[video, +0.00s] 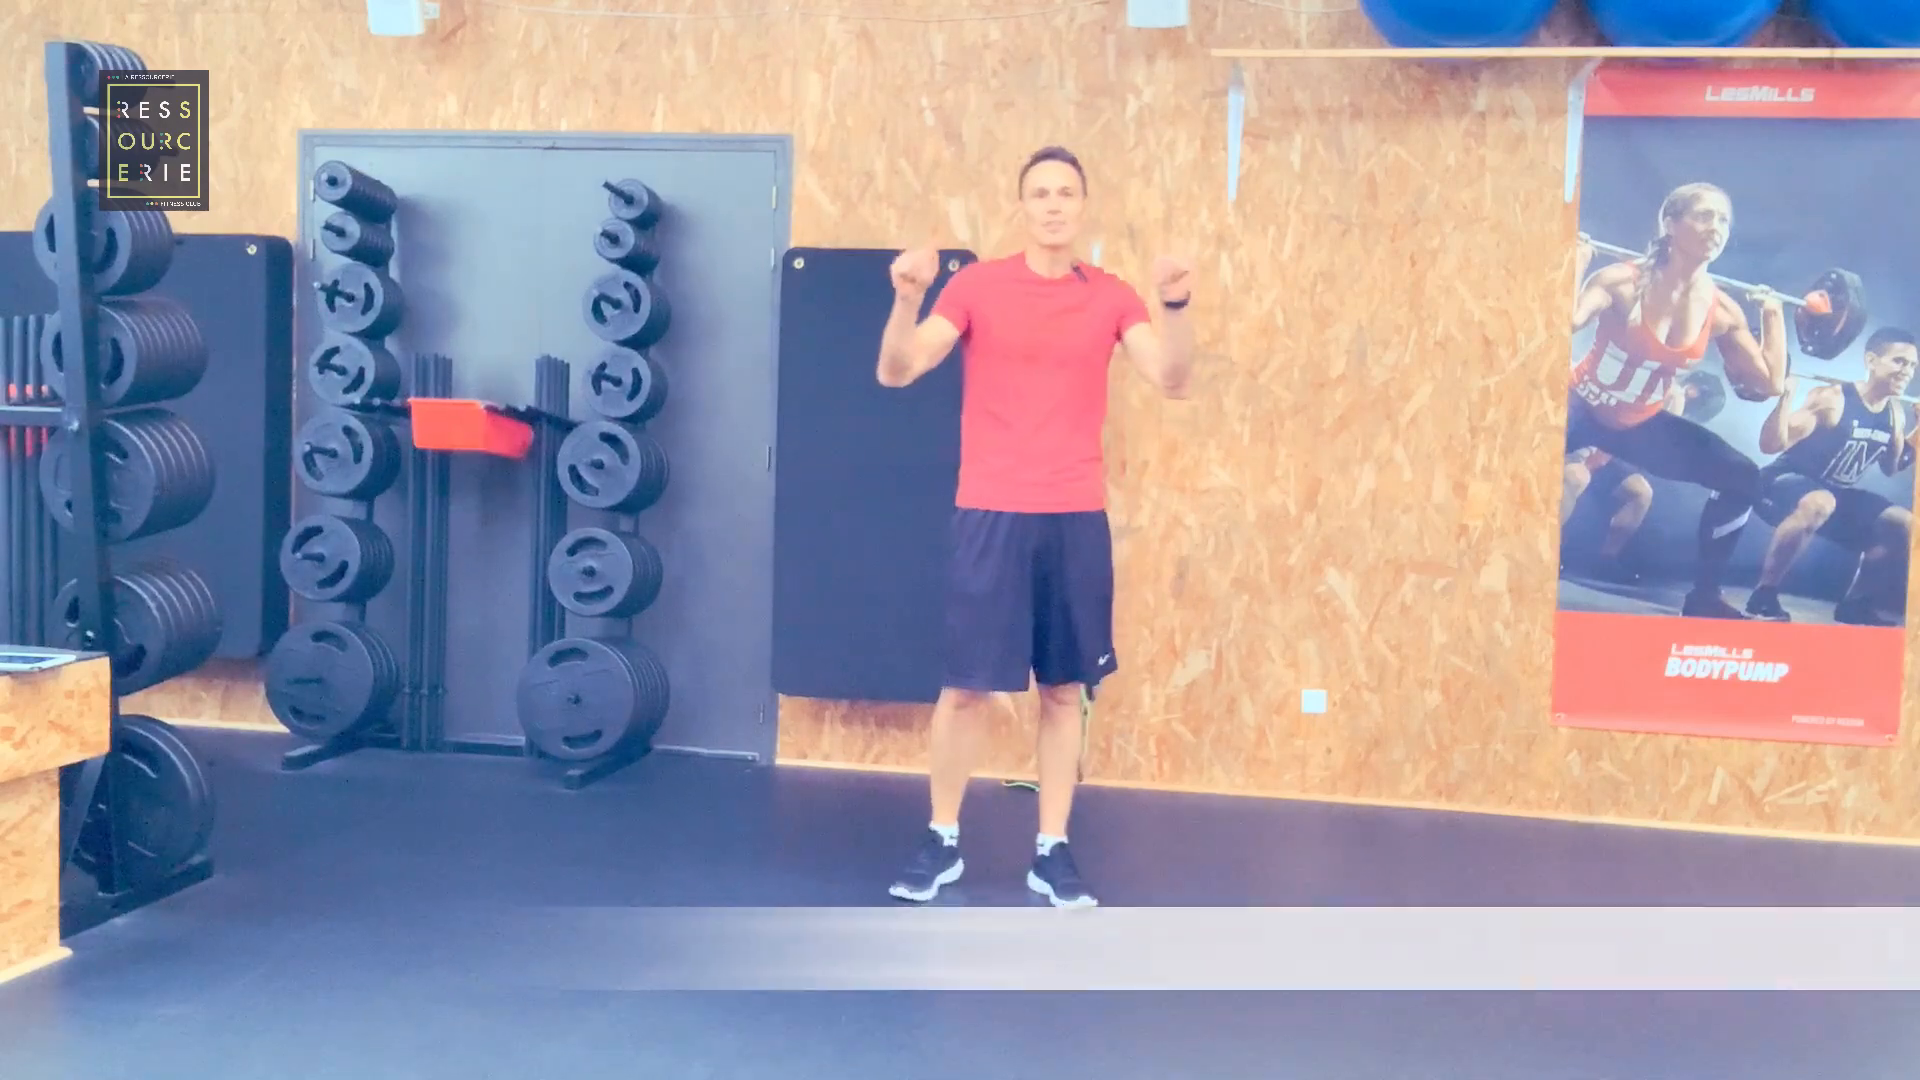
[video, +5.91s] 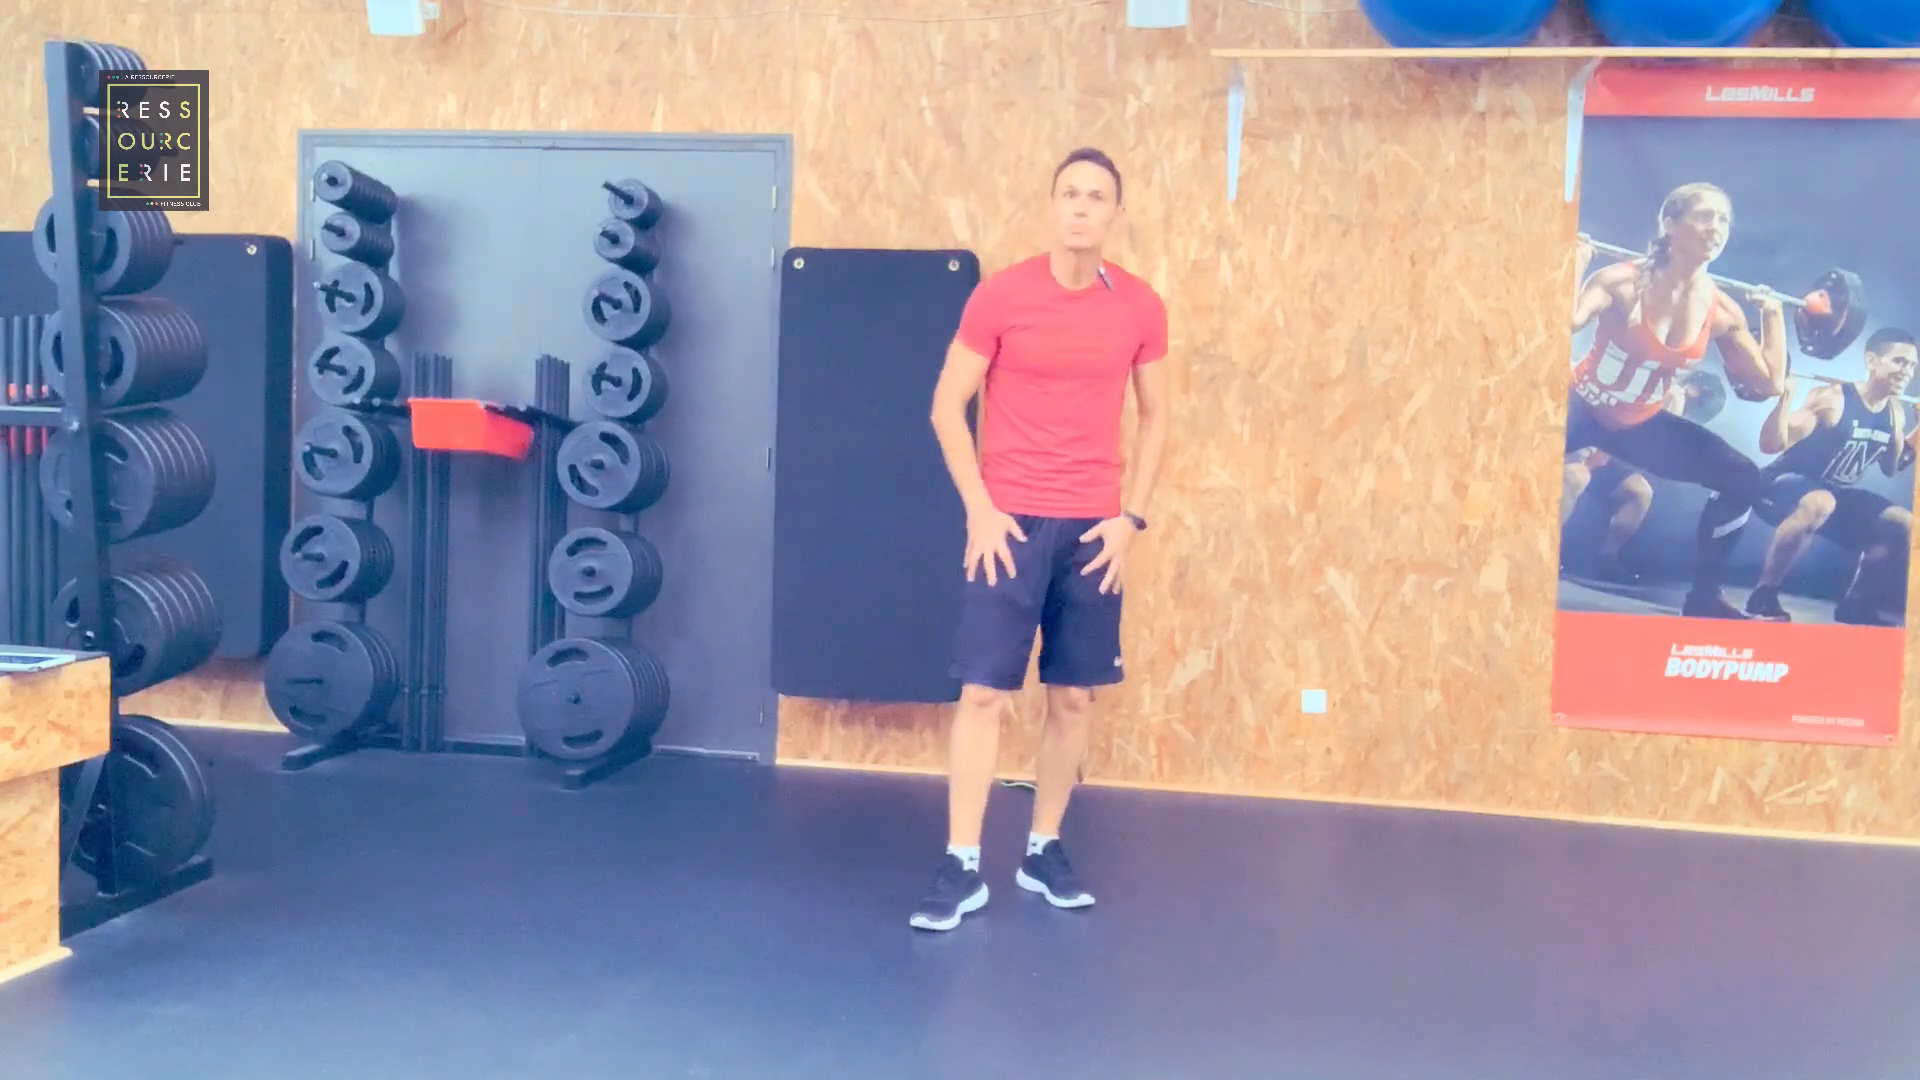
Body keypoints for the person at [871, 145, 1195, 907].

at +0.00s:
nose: (1053, 205)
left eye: (1065, 194)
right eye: (1040, 194)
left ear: (1086, 208)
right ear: (1019, 209)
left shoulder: (1110, 293)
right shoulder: (977, 283)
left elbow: (1172, 378)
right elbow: (895, 372)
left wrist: (1174, 305)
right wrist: (905, 300)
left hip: (1075, 514)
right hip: (989, 511)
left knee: (1064, 688)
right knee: (966, 686)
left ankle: (1052, 853)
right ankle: (942, 844)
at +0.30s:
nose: (999, 204)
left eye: (1013, 193)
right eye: (988, 192)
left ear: (1034, 208)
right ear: (968, 207)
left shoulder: (1069, 294)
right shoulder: (930, 287)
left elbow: (1116, 399)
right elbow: (855, 384)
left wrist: (1085, 346)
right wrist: (881, 391)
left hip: (1031, 513)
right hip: (942, 511)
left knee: (1041, 692)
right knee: (940, 685)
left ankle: (1049, 850)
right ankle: (937, 846)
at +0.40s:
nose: (983, 205)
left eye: (998, 194)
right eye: (972, 192)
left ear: (1019, 208)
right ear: (953, 204)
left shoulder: (1051, 296)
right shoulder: (916, 291)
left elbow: (1093, 401)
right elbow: (860, 396)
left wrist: (1055, 417)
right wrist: (871, 460)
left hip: (1017, 515)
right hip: (929, 513)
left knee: (1032, 694)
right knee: (935, 687)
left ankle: (1047, 844)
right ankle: (937, 846)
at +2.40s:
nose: (989, 153)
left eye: (1003, 141)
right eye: (972, 142)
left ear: (1029, 164)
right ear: (948, 166)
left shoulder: (1066, 270)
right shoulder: (907, 264)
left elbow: (1089, 395)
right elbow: (843, 393)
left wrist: (1107, 428)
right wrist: (892, 424)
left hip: (1037, 525)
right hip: (940, 524)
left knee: (1022, 730)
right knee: (942, 730)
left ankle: (979, 877)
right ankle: (942, 923)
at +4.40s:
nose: (1014, 197)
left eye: (1030, 185)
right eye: (1003, 182)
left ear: (1053, 200)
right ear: (981, 193)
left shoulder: (1085, 291)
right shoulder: (935, 289)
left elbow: (1123, 406)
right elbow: (883, 406)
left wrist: (1102, 496)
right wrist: (914, 494)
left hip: (1056, 529)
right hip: (961, 528)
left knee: (1058, 712)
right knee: (963, 707)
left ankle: (1066, 902)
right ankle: (959, 876)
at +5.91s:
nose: (1082, 208)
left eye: (1096, 198)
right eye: (1071, 195)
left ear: (1117, 215)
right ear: (1050, 207)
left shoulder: (1141, 308)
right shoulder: (1001, 294)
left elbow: (1155, 418)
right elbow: (945, 407)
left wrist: (1131, 517)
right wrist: (979, 507)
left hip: (1095, 529)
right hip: (1008, 524)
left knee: (1071, 696)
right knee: (982, 693)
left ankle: (1044, 851)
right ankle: (961, 865)